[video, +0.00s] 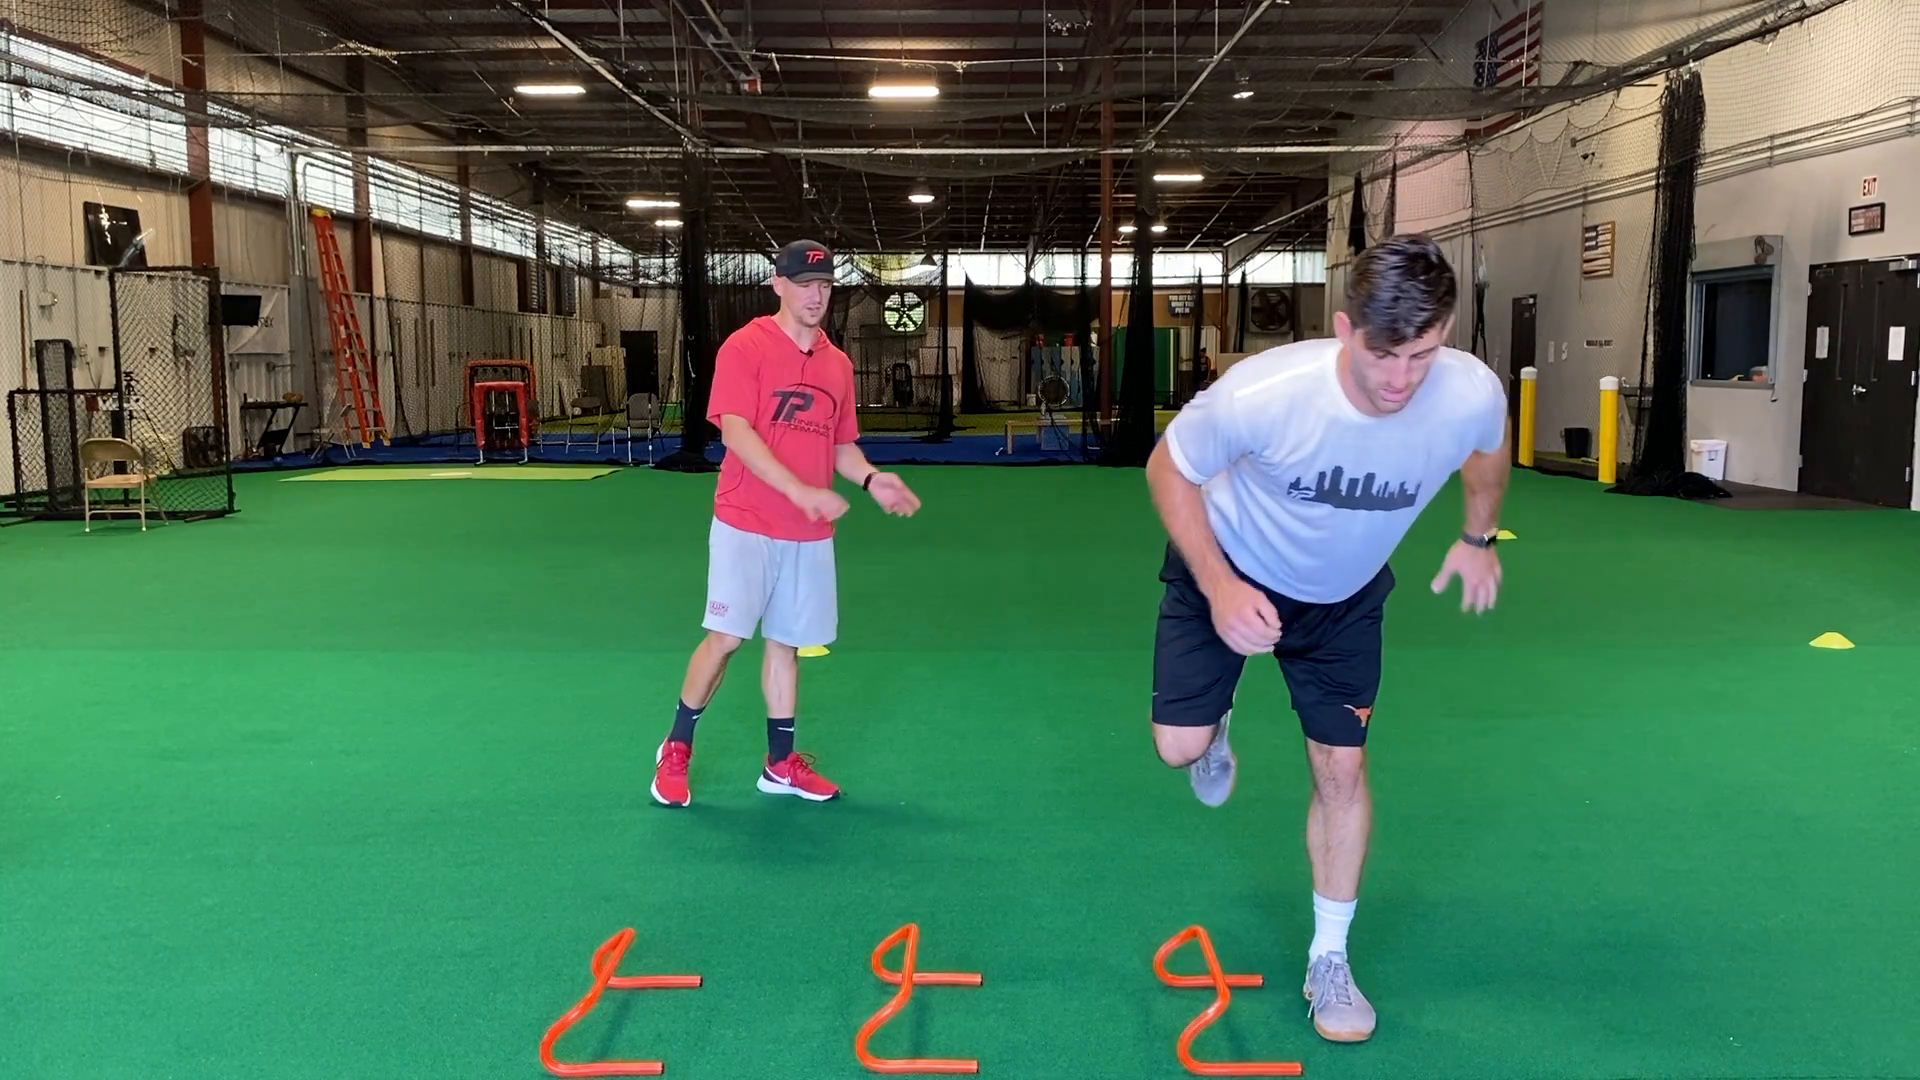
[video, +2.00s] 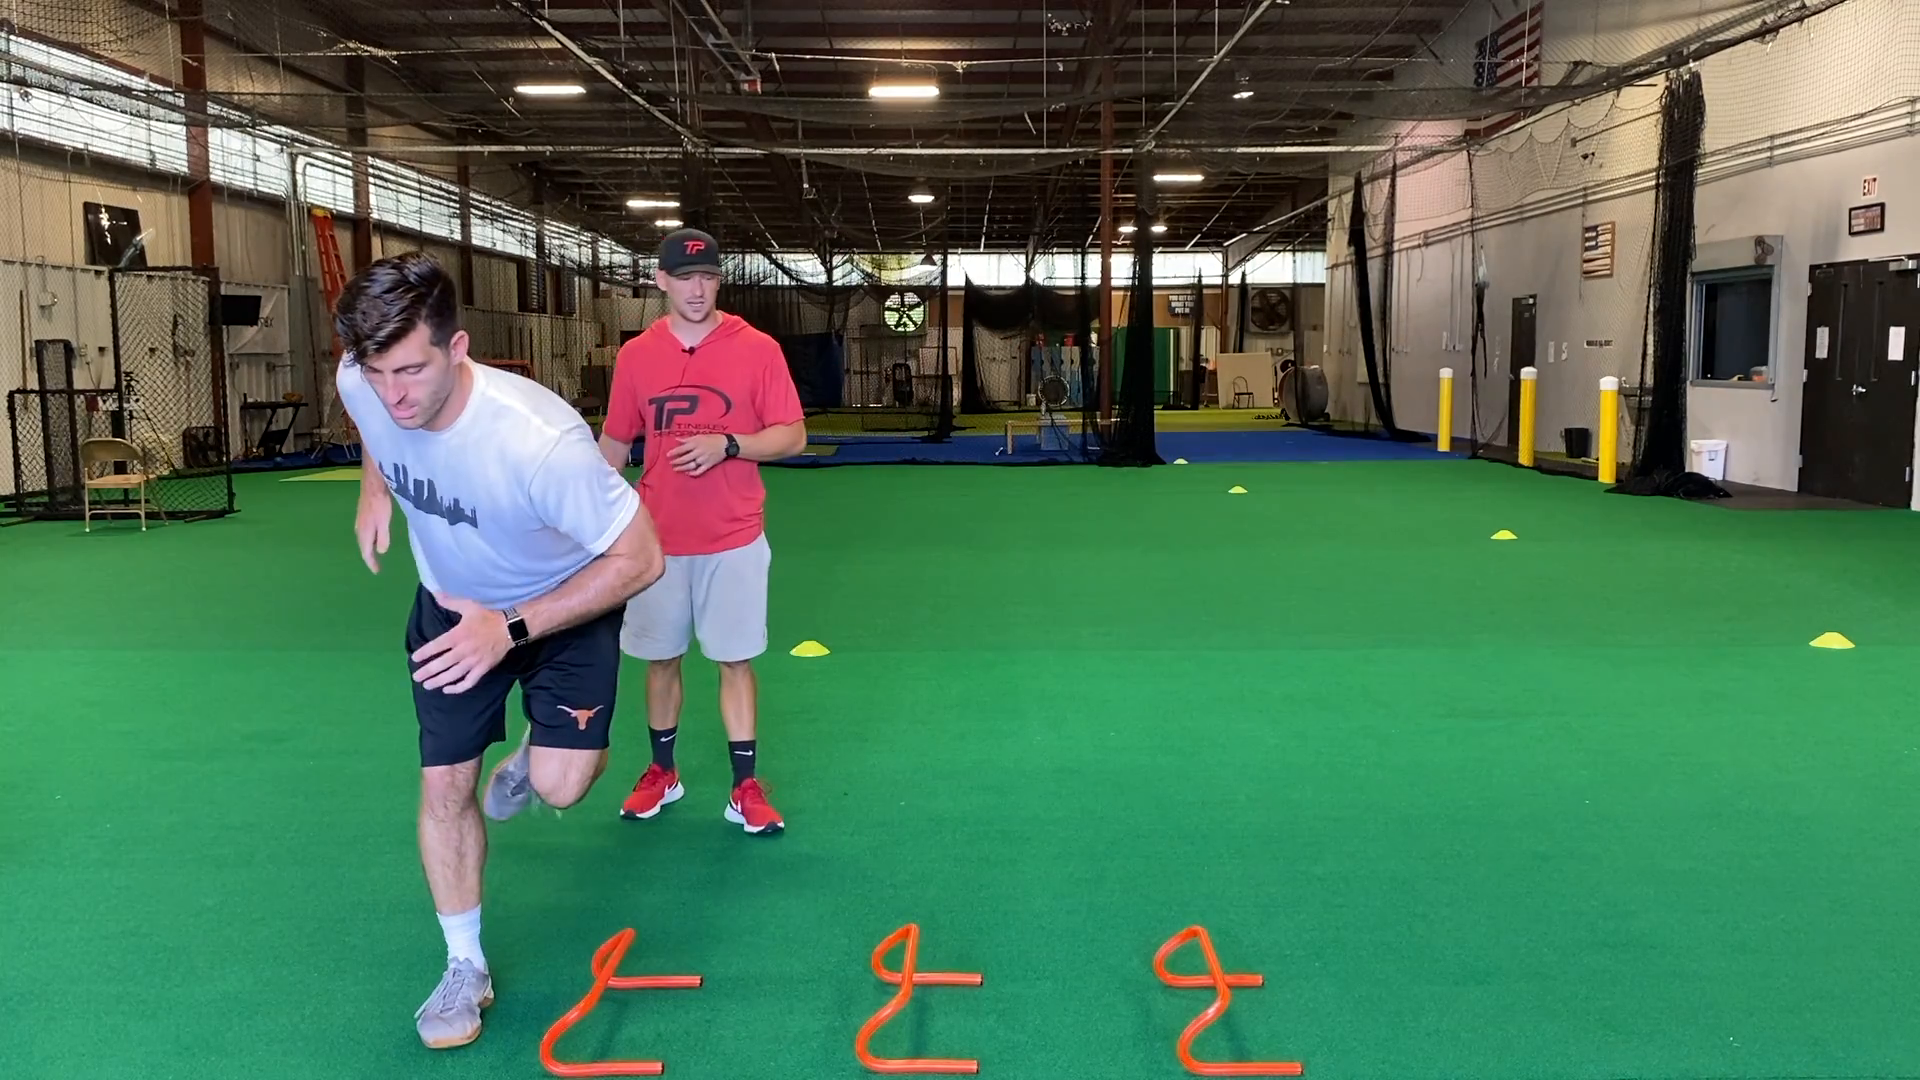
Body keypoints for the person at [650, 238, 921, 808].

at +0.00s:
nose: (816, 294)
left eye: (823, 285)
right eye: (805, 283)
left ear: (832, 291)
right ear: (779, 285)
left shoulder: (838, 364)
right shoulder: (745, 347)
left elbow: (842, 447)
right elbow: (735, 430)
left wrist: (875, 478)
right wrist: (799, 489)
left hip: (807, 525)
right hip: (745, 519)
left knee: (785, 640)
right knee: (727, 633)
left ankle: (781, 762)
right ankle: (677, 747)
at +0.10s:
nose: (808, 295)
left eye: (817, 286)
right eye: (798, 284)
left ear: (827, 291)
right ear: (774, 286)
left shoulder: (837, 365)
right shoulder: (737, 348)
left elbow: (844, 445)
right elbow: (723, 434)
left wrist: (883, 464)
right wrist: (759, 510)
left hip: (804, 528)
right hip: (737, 520)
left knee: (783, 643)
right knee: (717, 636)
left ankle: (781, 762)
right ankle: (676, 752)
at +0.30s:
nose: (784, 296)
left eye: (794, 286)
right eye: (774, 285)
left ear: (806, 290)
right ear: (753, 287)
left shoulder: (829, 362)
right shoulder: (717, 351)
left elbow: (853, 446)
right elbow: (687, 443)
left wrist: (875, 428)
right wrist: (673, 526)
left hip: (791, 534)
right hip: (718, 529)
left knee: (780, 646)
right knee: (694, 642)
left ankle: (781, 762)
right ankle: (669, 764)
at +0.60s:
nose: (710, 295)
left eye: (719, 282)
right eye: (697, 287)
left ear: (737, 282)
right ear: (682, 292)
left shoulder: (778, 355)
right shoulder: (662, 358)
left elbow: (803, 436)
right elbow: (640, 434)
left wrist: (831, 451)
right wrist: (641, 489)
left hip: (753, 533)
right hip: (678, 531)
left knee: (762, 647)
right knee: (671, 645)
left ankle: (781, 762)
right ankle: (663, 770)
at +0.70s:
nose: (682, 294)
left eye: (691, 281)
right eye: (670, 285)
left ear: (712, 279)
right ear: (659, 291)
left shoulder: (758, 352)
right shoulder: (645, 358)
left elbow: (792, 433)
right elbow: (626, 433)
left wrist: (774, 454)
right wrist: (636, 461)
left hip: (735, 531)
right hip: (660, 531)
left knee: (755, 644)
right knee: (661, 645)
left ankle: (780, 760)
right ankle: (661, 769)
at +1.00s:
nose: (641, 287)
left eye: (652, 275)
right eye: (630, 278)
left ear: (674, 277)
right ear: (619, 285)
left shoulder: (707, 344)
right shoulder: (604, 359)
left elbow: (740, 422)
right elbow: (574, 435)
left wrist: (704, 464)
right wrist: (597, 468)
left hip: (704, 525)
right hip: (633, 530)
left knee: (726, 648)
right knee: (649, 647)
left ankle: (753, 769)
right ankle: (660, 768)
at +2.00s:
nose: (696, 287)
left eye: (706, 275)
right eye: (683, 276)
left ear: (719, 278)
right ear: (661, 281)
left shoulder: (758, 350)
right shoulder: (636, 356)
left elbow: (792, 437)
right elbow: (613, 447)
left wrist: (729, 442)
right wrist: (580, 509)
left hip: (734, 538)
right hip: (657, 540)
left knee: (736, 659)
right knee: (661, 658)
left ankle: (745, 786)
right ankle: (661, 771)